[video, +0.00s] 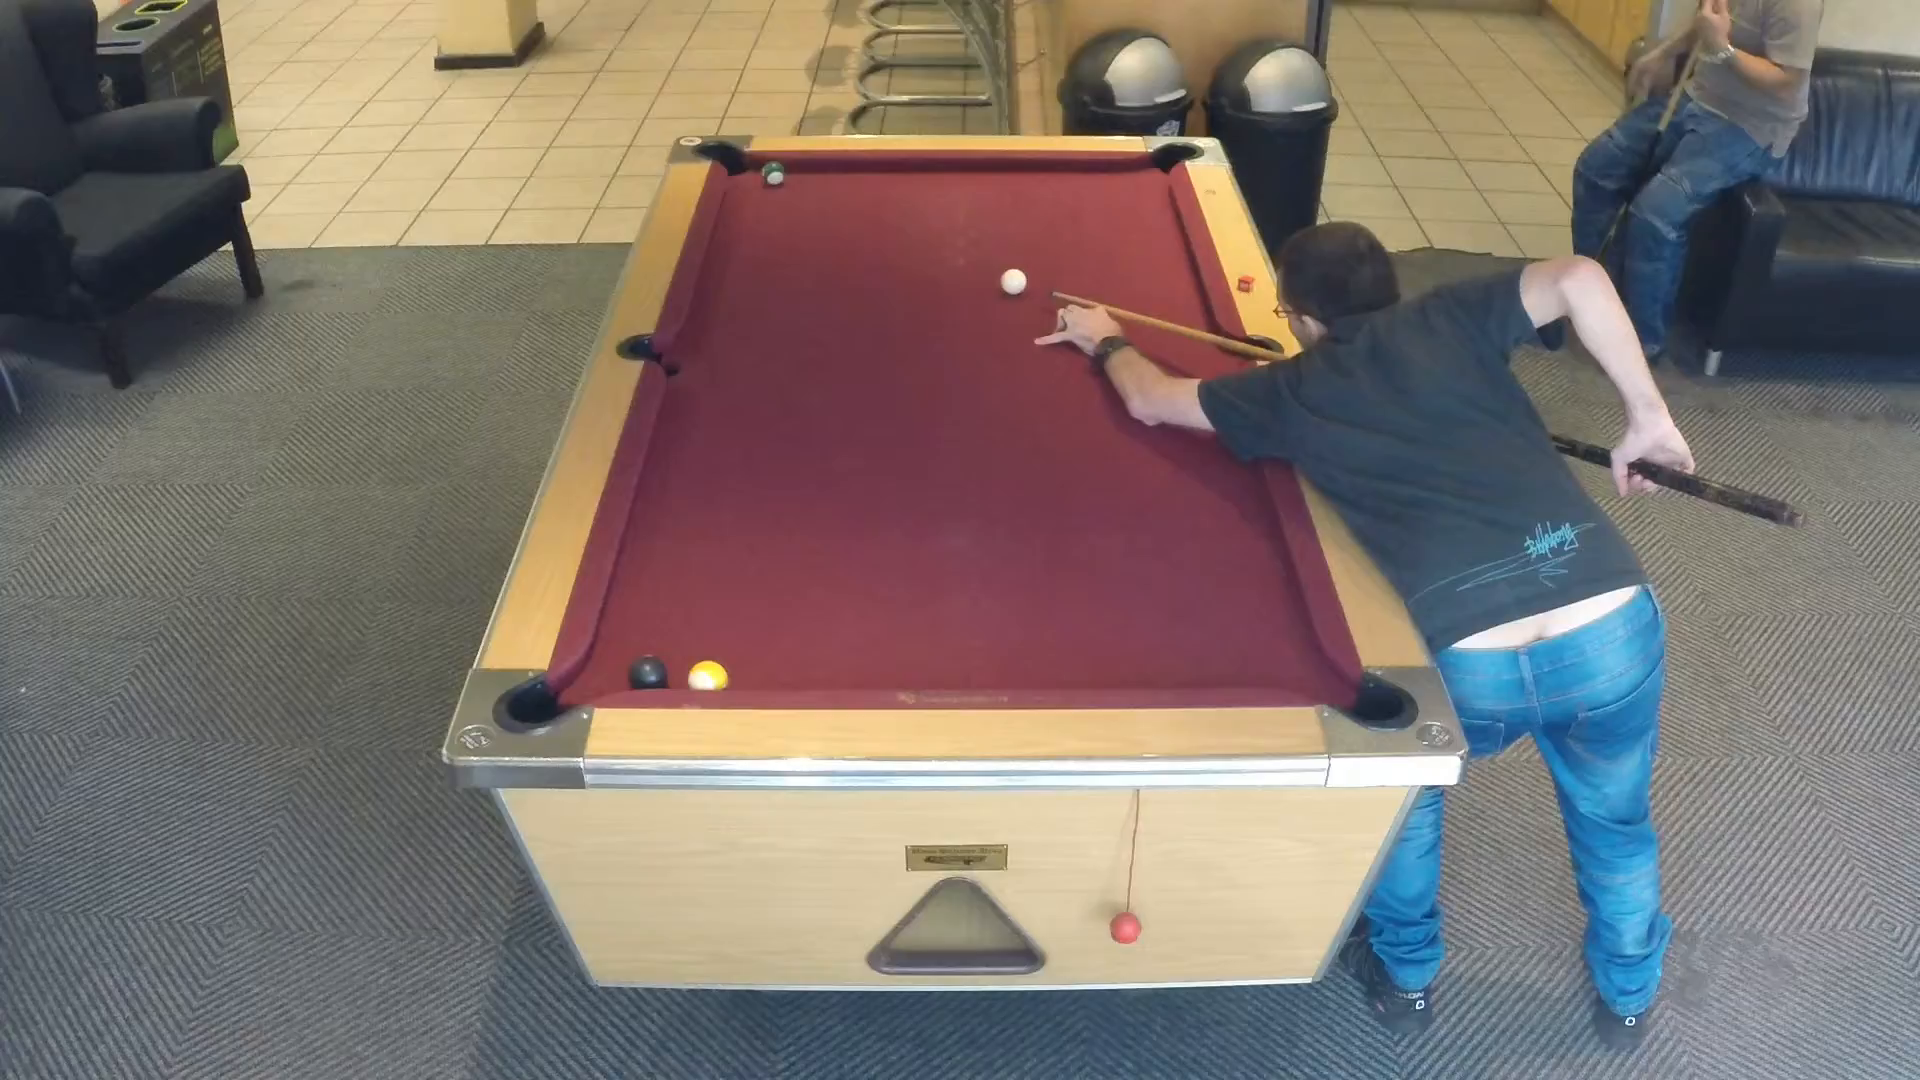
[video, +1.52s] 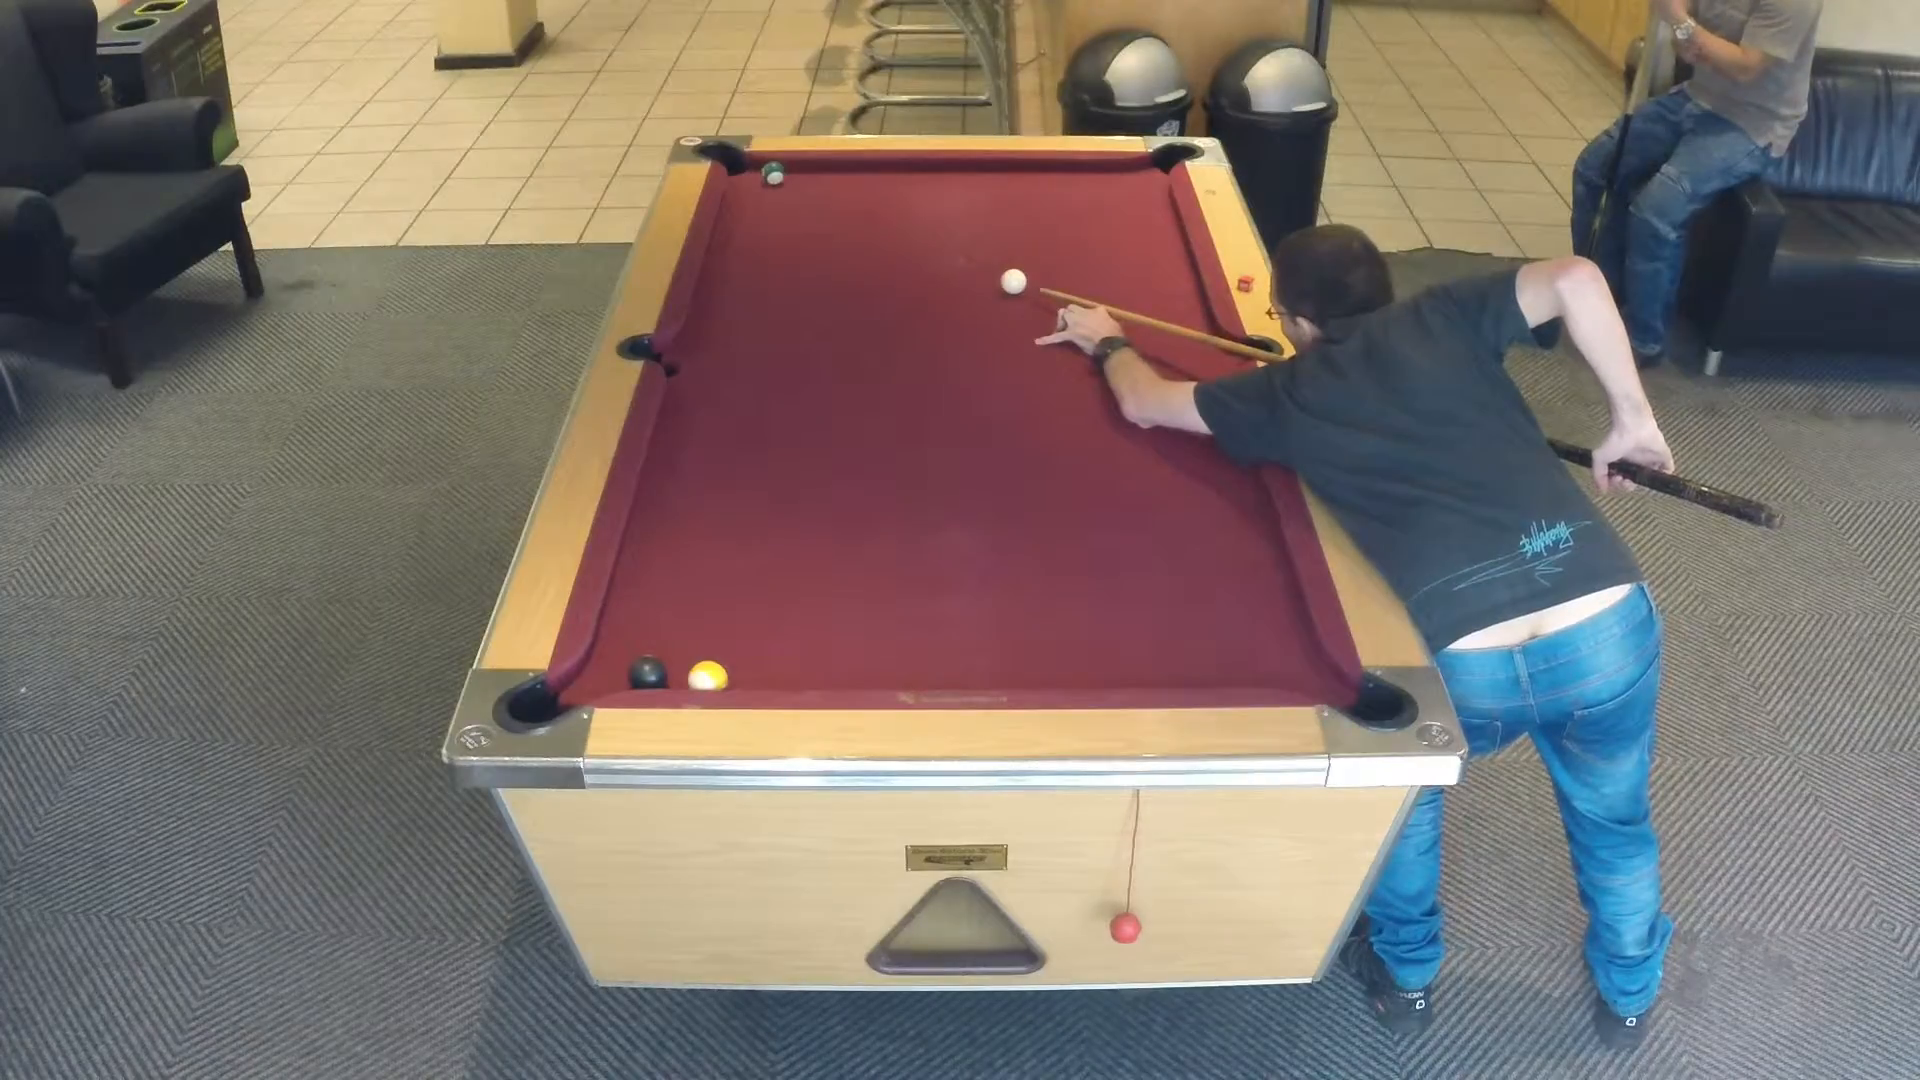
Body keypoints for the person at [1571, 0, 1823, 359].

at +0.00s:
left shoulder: (1796, 7)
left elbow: (1786, 82)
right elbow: (1711, 24)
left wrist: (1723, 50)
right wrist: (1664, 53)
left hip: (1746, 128)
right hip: (1693, 100)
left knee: (1654, 212)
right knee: (1596, 171)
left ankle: (1643, 344)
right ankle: (1589, 303)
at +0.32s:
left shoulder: (1798, 6)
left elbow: (1772, 75)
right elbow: (1709, 35)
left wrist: (1705, 36)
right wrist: (1671, 53)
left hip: (1746, 127)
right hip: (1692, 102)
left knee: (1654, 211)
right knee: (1594, 171)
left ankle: (1643, 344)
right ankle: (1587, 299)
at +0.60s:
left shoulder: (1798, 6)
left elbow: (1753, 69)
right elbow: (1688, 49)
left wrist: (1687, 26)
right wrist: (1680, 17)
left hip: (1749, 127)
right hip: (1695, 100)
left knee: (1654, 211)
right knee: (1593, 169)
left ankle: (1644, 342)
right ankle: (1588, 300)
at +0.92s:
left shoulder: (1797, 6)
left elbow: (1748, 67)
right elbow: (1689, 49)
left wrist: (1682, 19)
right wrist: (1679, 13)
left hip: (1750, 126)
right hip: (1695, 98)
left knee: (1654, 211)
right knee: (1593, 168)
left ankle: (1643, 341)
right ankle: (1588, 301)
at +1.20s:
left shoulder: (1795, 6)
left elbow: (1747, 66)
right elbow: (1694, 49)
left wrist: (1680, 17)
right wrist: (1684, 28)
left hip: (1750, 126)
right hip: (1695, 97)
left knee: (1654, 210)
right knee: (1593, 168)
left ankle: (1643, 341)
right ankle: (1590, 301)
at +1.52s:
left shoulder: (1793, 6)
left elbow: (1745, 67)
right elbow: (1694, 51)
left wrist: (1680, 20)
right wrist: (1684, 32)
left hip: (1750, 126)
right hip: (1694, 98)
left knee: (1653, 210)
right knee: (1593, 168)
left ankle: (1643, 341)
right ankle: (1591, 302)